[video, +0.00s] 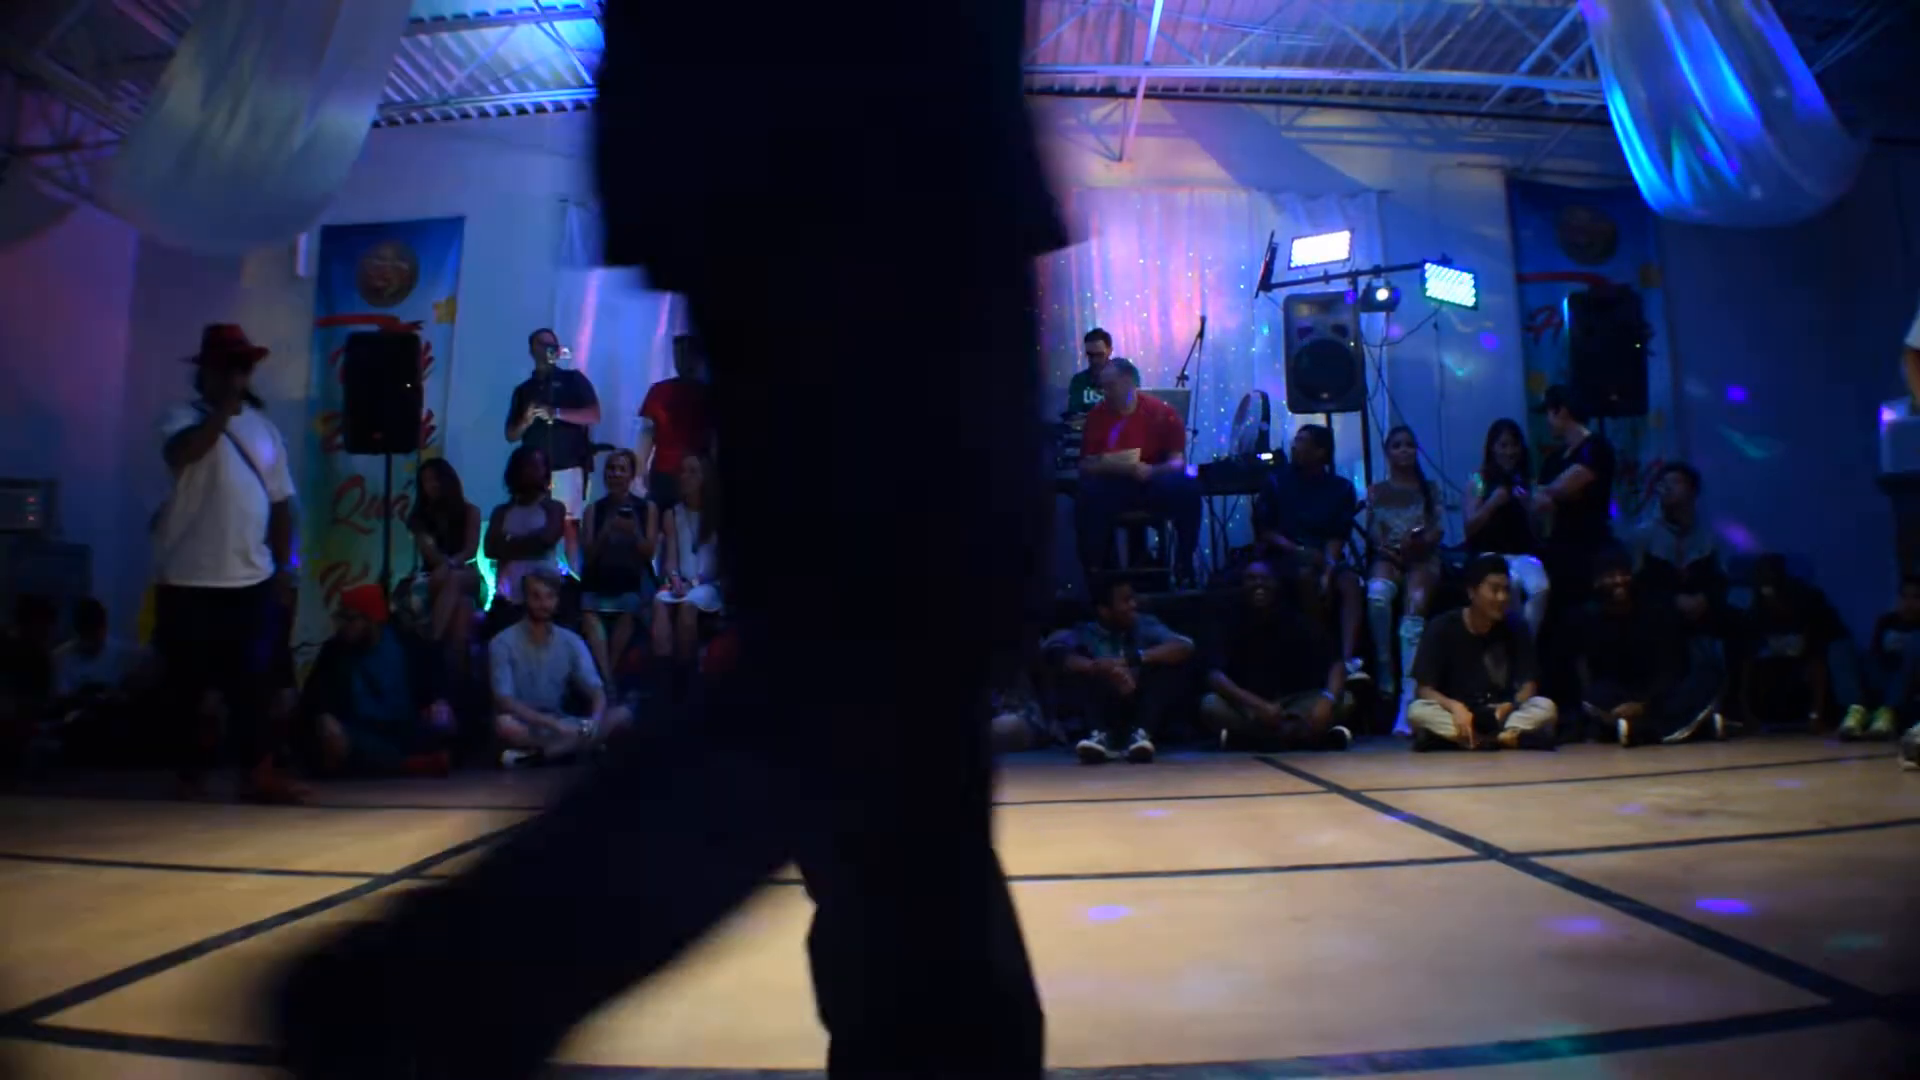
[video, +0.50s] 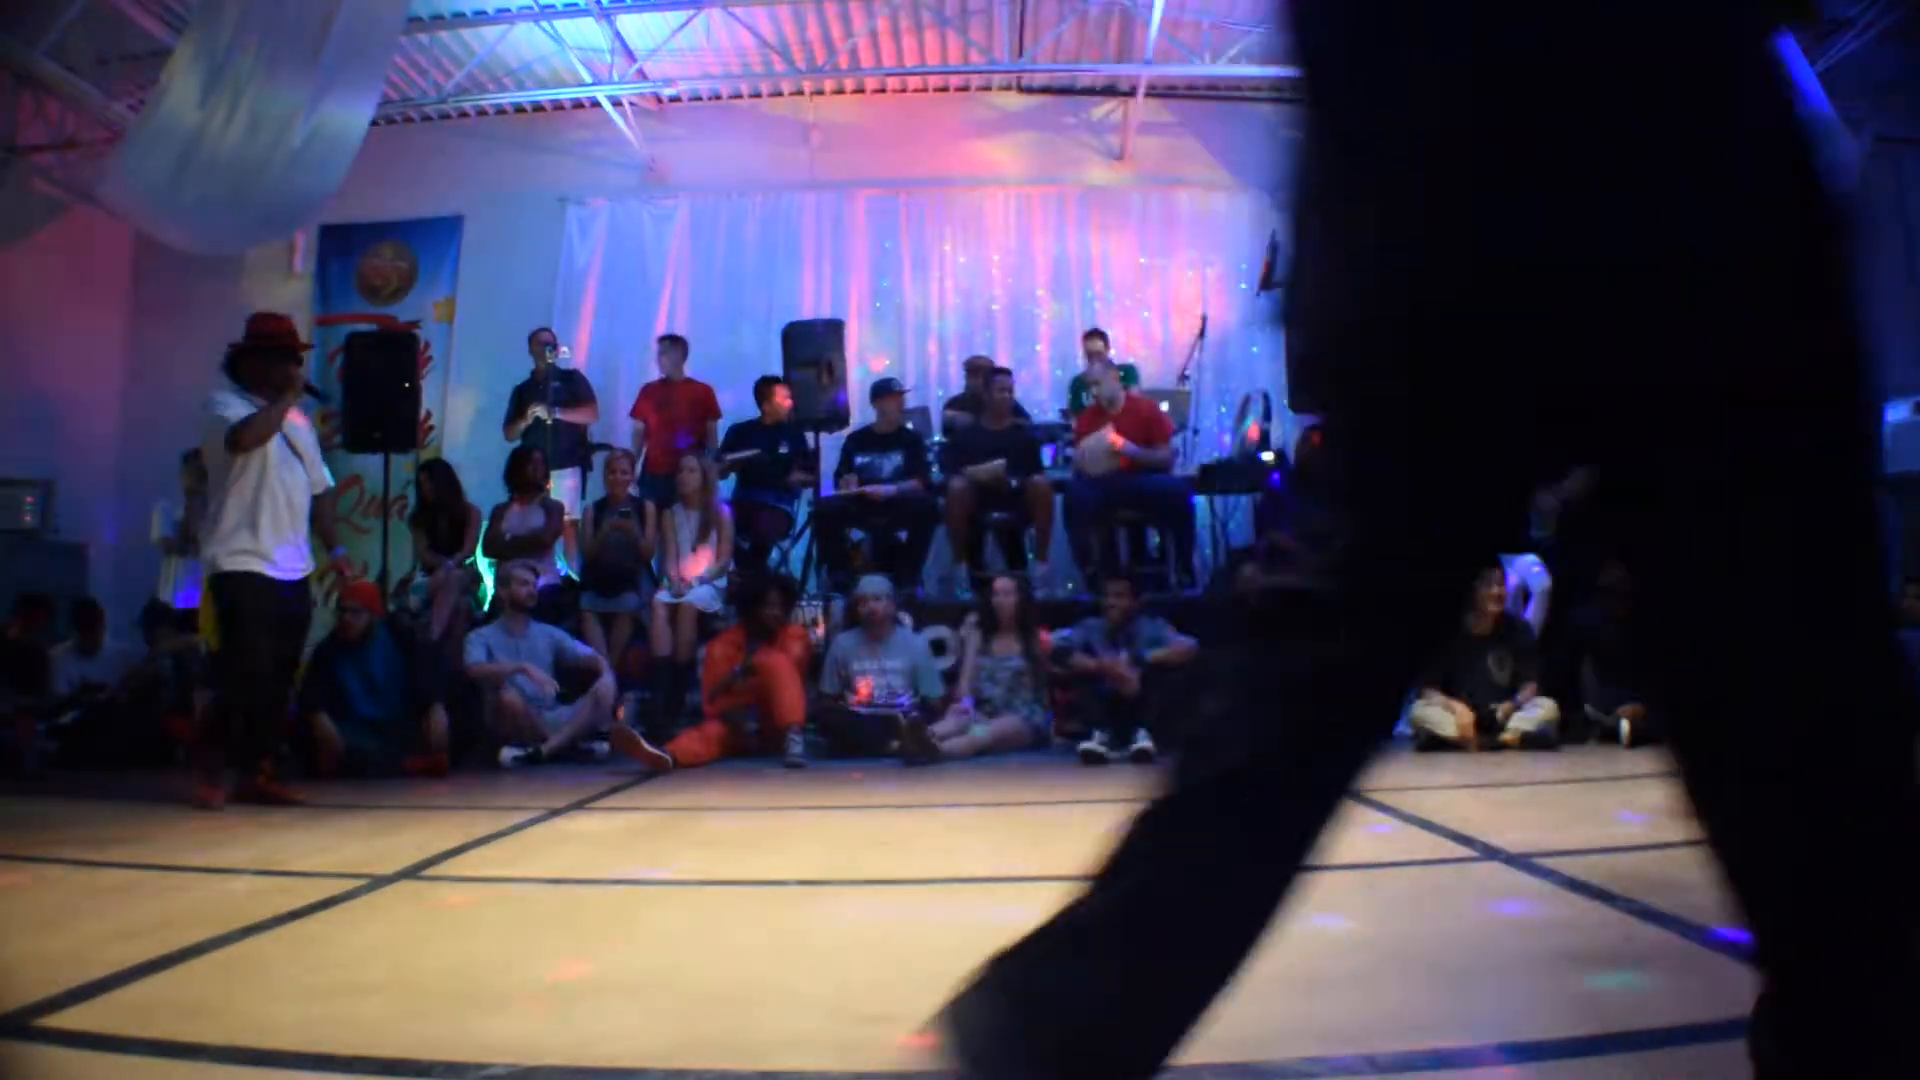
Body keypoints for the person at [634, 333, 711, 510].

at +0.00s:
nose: (684, 360)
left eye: (689, 353)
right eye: (680, 353)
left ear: (700, 357)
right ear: (674, 357)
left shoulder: (709, 391)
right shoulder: (660, 391)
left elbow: (714, 436)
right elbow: (647, 434)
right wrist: (640, 473)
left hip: (700, 475)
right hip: (665, 473)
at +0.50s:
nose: (660, 360)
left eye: (666, 353)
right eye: (659, 354)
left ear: (682, 355)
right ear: (658, 357)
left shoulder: (703, 392)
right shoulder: (649, 391)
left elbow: (711, 436)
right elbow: (638, 433)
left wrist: (709, 471)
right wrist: (631, 470)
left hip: (691, 477)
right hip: (655, 474)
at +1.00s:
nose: (661, 363)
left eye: (666, 356)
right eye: (658, 357)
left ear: (679, 357)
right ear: (655, 359)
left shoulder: (699, 393)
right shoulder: (646, 394)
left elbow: (709, 435)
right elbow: (636, 436)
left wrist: (710, 471)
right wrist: (629, 473)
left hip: (688, 476)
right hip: (653, 473)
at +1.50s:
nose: (675, 360)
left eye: (679, 354)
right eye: (669, 355)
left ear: (684, 357)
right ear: (659, 359)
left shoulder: (697, 392)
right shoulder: (643, 392)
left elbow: (711, 431)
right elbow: (632, 433)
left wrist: (692, 413)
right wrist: (628, 471)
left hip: (686, 476)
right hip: (651, 474)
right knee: (648, 533)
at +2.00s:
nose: (676, 359)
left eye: (679, 354)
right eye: (669, 355)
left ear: (684, 356)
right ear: (659, 359)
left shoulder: (697, 390)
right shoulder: (644, 393)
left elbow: (710, 421)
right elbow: (632, 434)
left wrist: (689, 387)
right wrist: (628, 473)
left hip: (687, 476)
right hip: (652, 474)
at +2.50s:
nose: (679, 359)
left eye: (682, 354)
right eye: (673, 355)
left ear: (686, 356)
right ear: (661, 359)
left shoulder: (698, 390)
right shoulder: (645, 393)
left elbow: (711, 421)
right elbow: (633, 436)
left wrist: (688, 387)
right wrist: (627, 475)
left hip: (688, 476)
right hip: (653, 474)